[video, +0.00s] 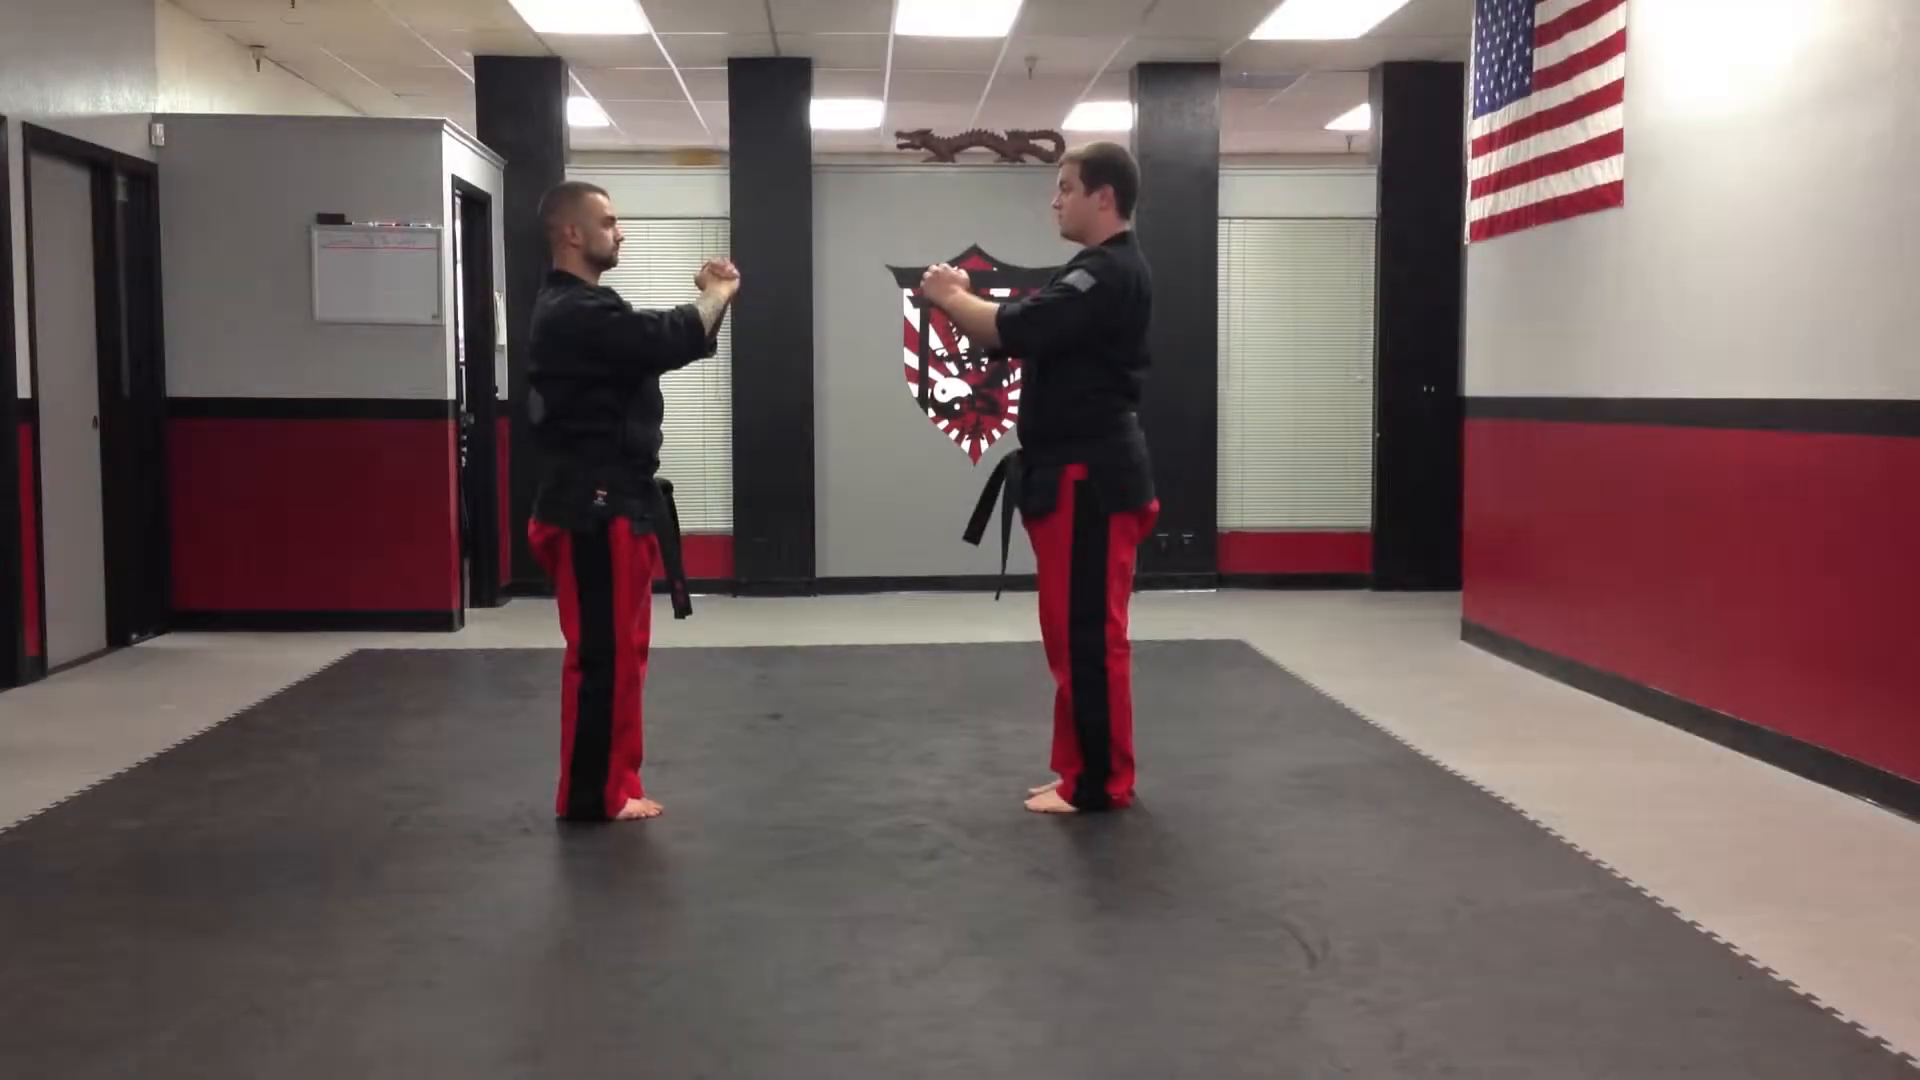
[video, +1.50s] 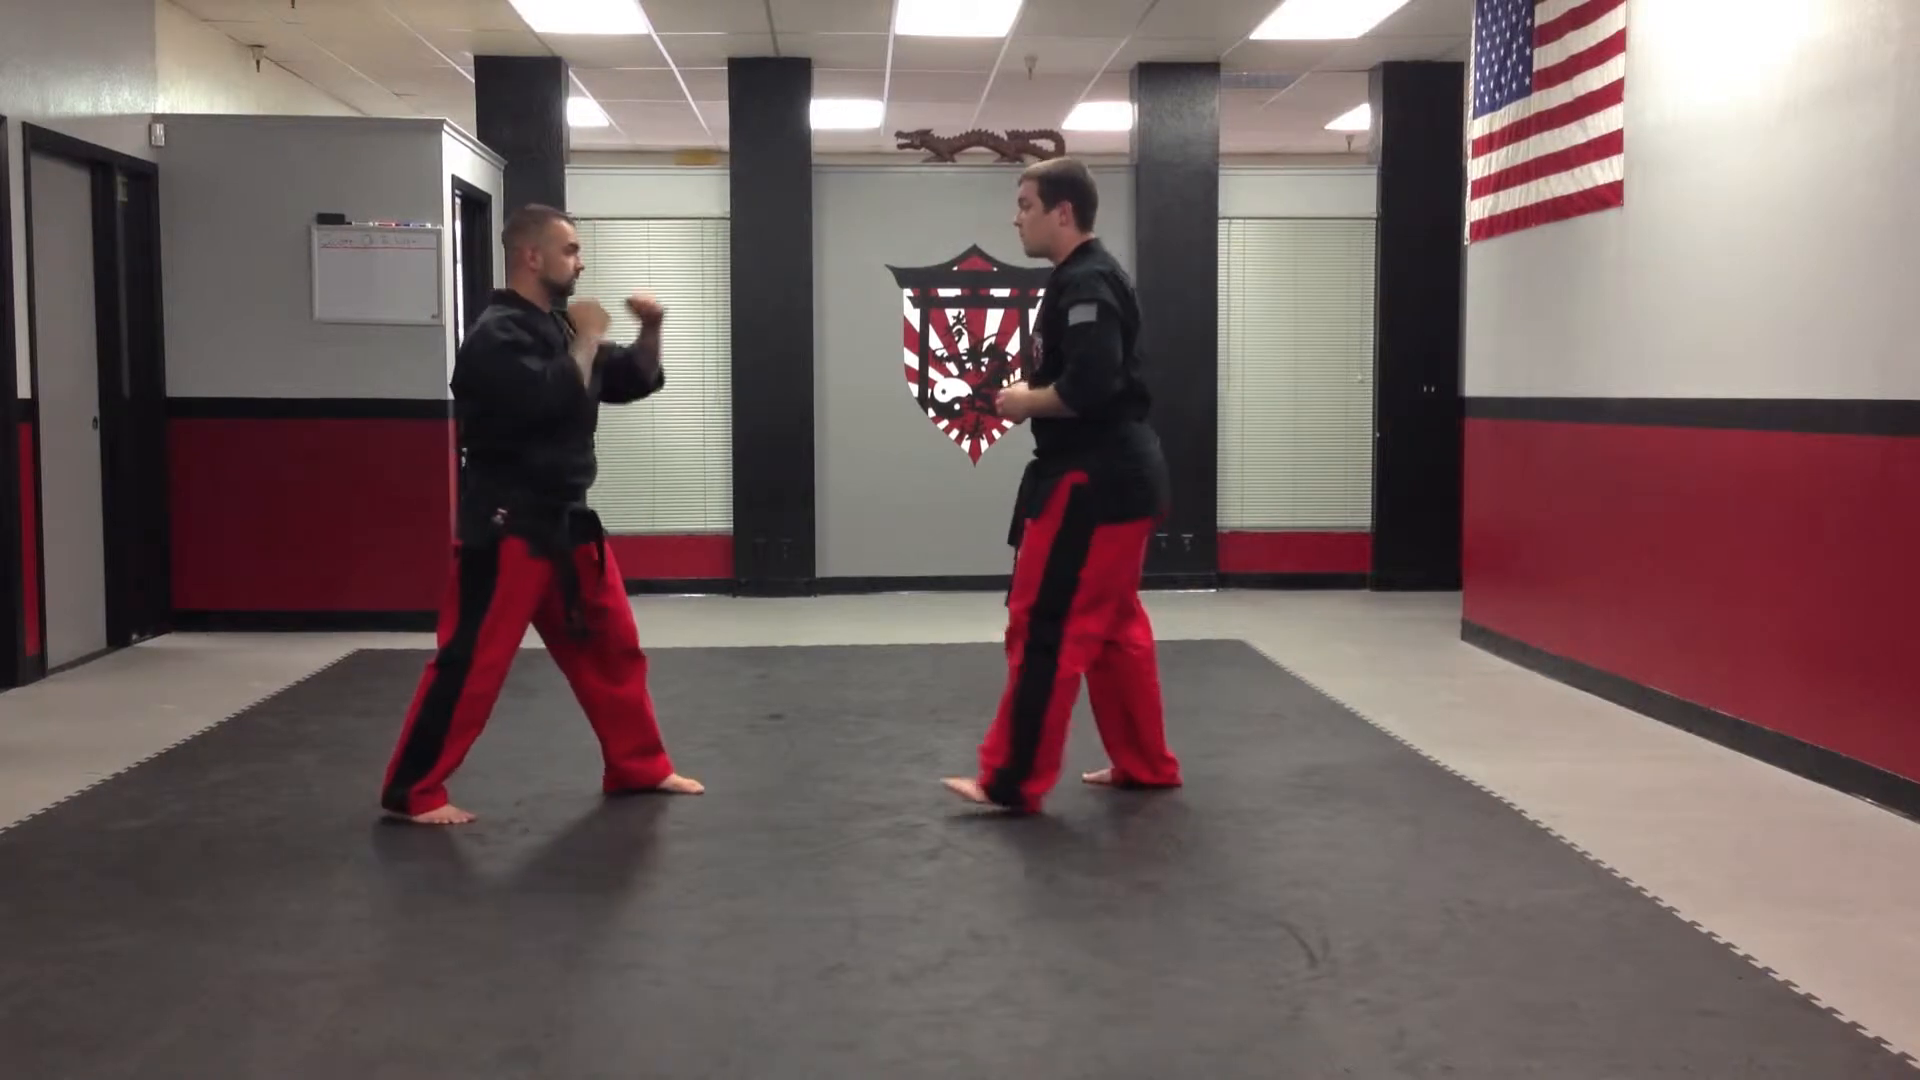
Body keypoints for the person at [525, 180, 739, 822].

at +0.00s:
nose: (620, 233)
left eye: (617, 222)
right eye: (607, 223)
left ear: (575, 236)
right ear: (570, 234)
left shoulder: (581, 306)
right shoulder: (578, 311)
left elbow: (677, 343)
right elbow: (662, 342)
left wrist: (710, 303)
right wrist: (713, 299)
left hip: (606, 505)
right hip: (595, 508)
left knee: (612, 653)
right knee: (609, 656)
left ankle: (607, 790)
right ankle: (600, 795)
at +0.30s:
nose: (632, 239)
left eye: (632, 229)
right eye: (622, 229)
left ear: (586, 237)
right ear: (583, 233)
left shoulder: (598, 305)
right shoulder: (568, 309)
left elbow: (643, 386)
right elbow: (622, 386)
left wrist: (673, 364)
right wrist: (674, 362)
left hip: (608, 502)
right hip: (578, 506)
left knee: (620, 649)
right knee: (597, 651)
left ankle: (614, 785)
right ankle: (592, 795)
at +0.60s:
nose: (643, 260)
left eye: (645, 249)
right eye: (638, 247)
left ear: (603, 245)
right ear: (600, 241)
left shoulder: (595, 311)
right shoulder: (549, 311)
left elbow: (581, 400)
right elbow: (538, 411)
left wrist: (617, 398)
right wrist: (608, 405)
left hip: (598, 501)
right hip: (554, 503)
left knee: (609, 648)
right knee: (544, 643)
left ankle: (600, 785)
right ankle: (457, 765)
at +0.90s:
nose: (602, 275)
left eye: (604, 264)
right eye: (595, 263)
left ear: (561, 258)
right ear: (559, 256)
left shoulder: (551, 324)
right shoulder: (503, 329)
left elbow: (525, 419)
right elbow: (495, 430)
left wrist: (570, 418)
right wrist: (564, 421)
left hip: (556, 513)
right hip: (502, 518)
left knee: (606, 640)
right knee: (473, 659)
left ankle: (605, 782)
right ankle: (416, 791)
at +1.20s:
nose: (577, 271)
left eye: (578, 260)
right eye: (569, 259)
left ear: (538, 259)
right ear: (530, 256)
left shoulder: (544, 328)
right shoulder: (480, 331)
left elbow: (533, 414)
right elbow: (474, 423)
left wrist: (572, 407)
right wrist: (558, 412)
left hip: (556, 516)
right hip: (495, 521)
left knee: (602, 646)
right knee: (465, 664)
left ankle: (634, 768)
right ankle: (412, 794)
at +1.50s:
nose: (579, 262)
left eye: (578, 251)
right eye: (568, 251)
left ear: (540, 257)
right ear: (529, 255)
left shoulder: (558, 330)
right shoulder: (493, 335)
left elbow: (630, 381)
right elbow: (547, 397)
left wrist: (649, 332)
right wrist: (586, 343)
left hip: (567, 518)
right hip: (504, 523)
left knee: (610, 647)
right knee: (472, 663)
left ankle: (637, 768)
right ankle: (411, 792)